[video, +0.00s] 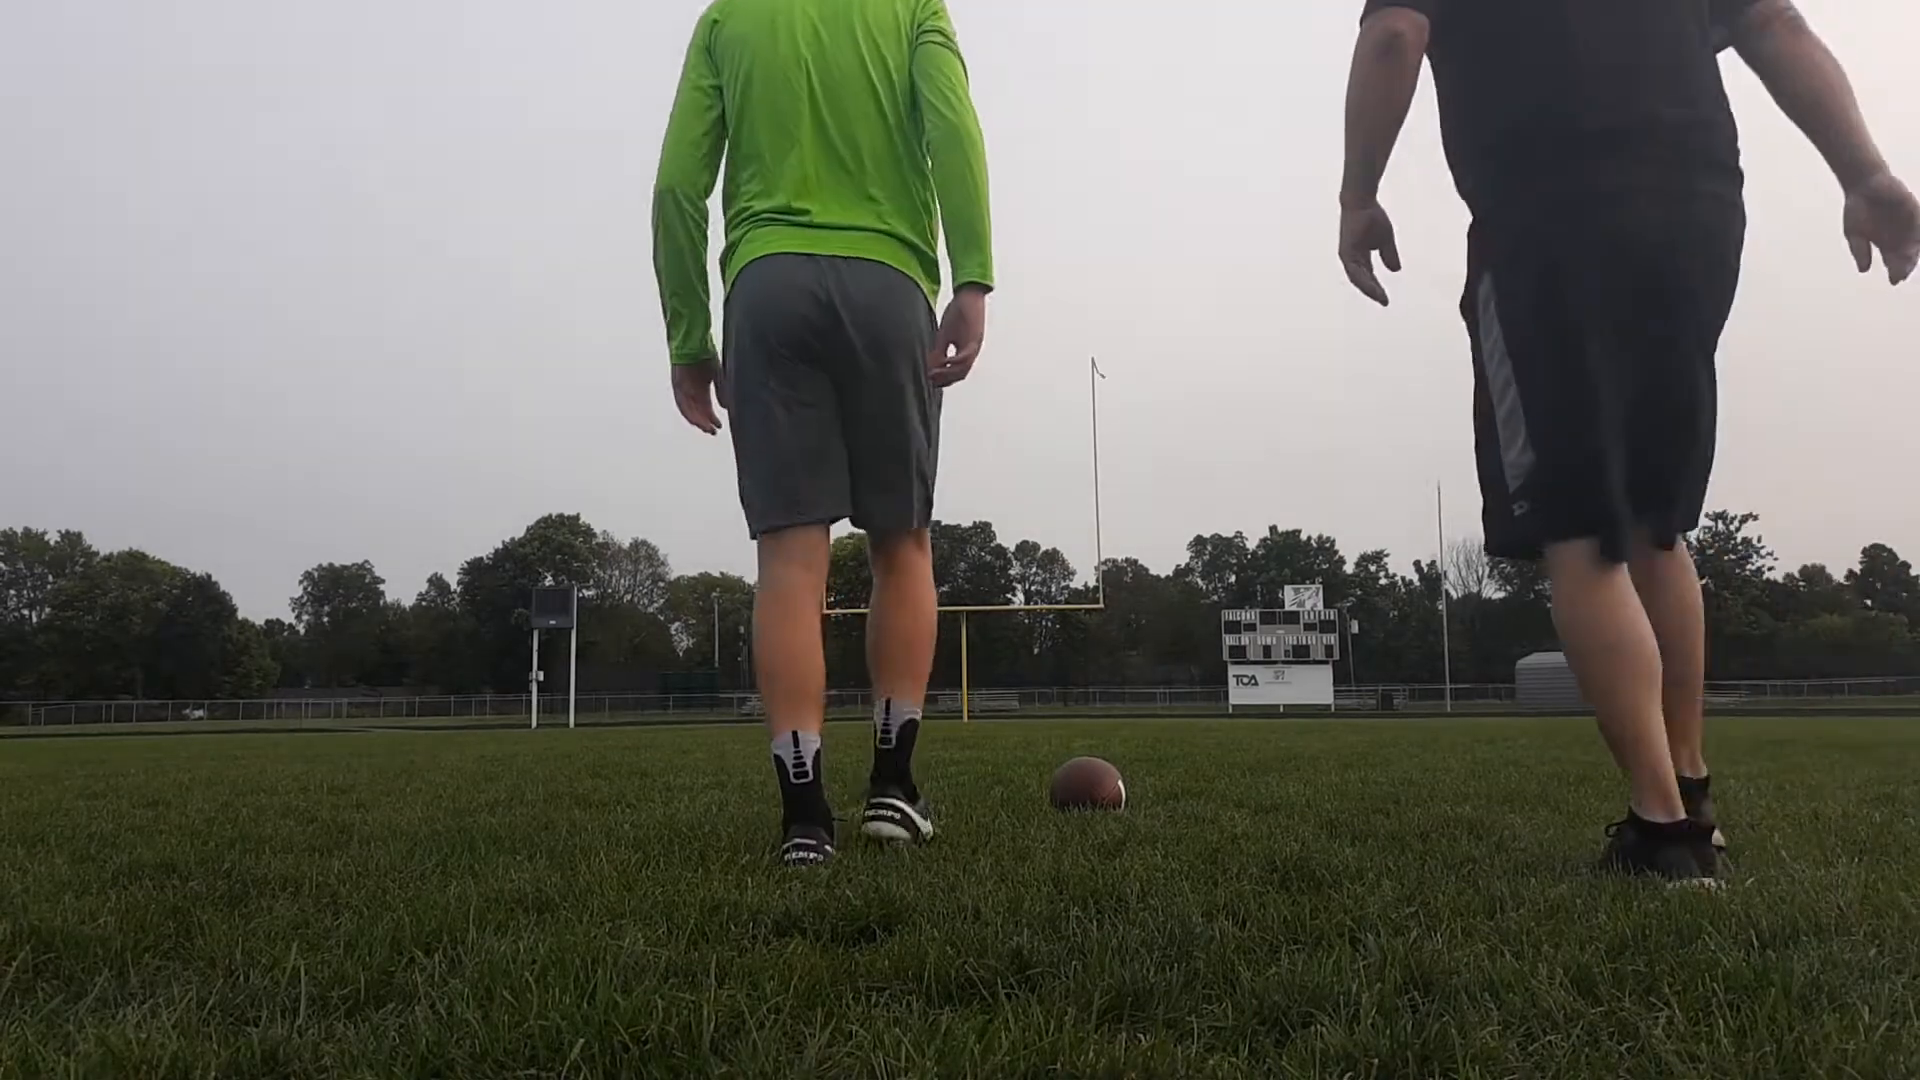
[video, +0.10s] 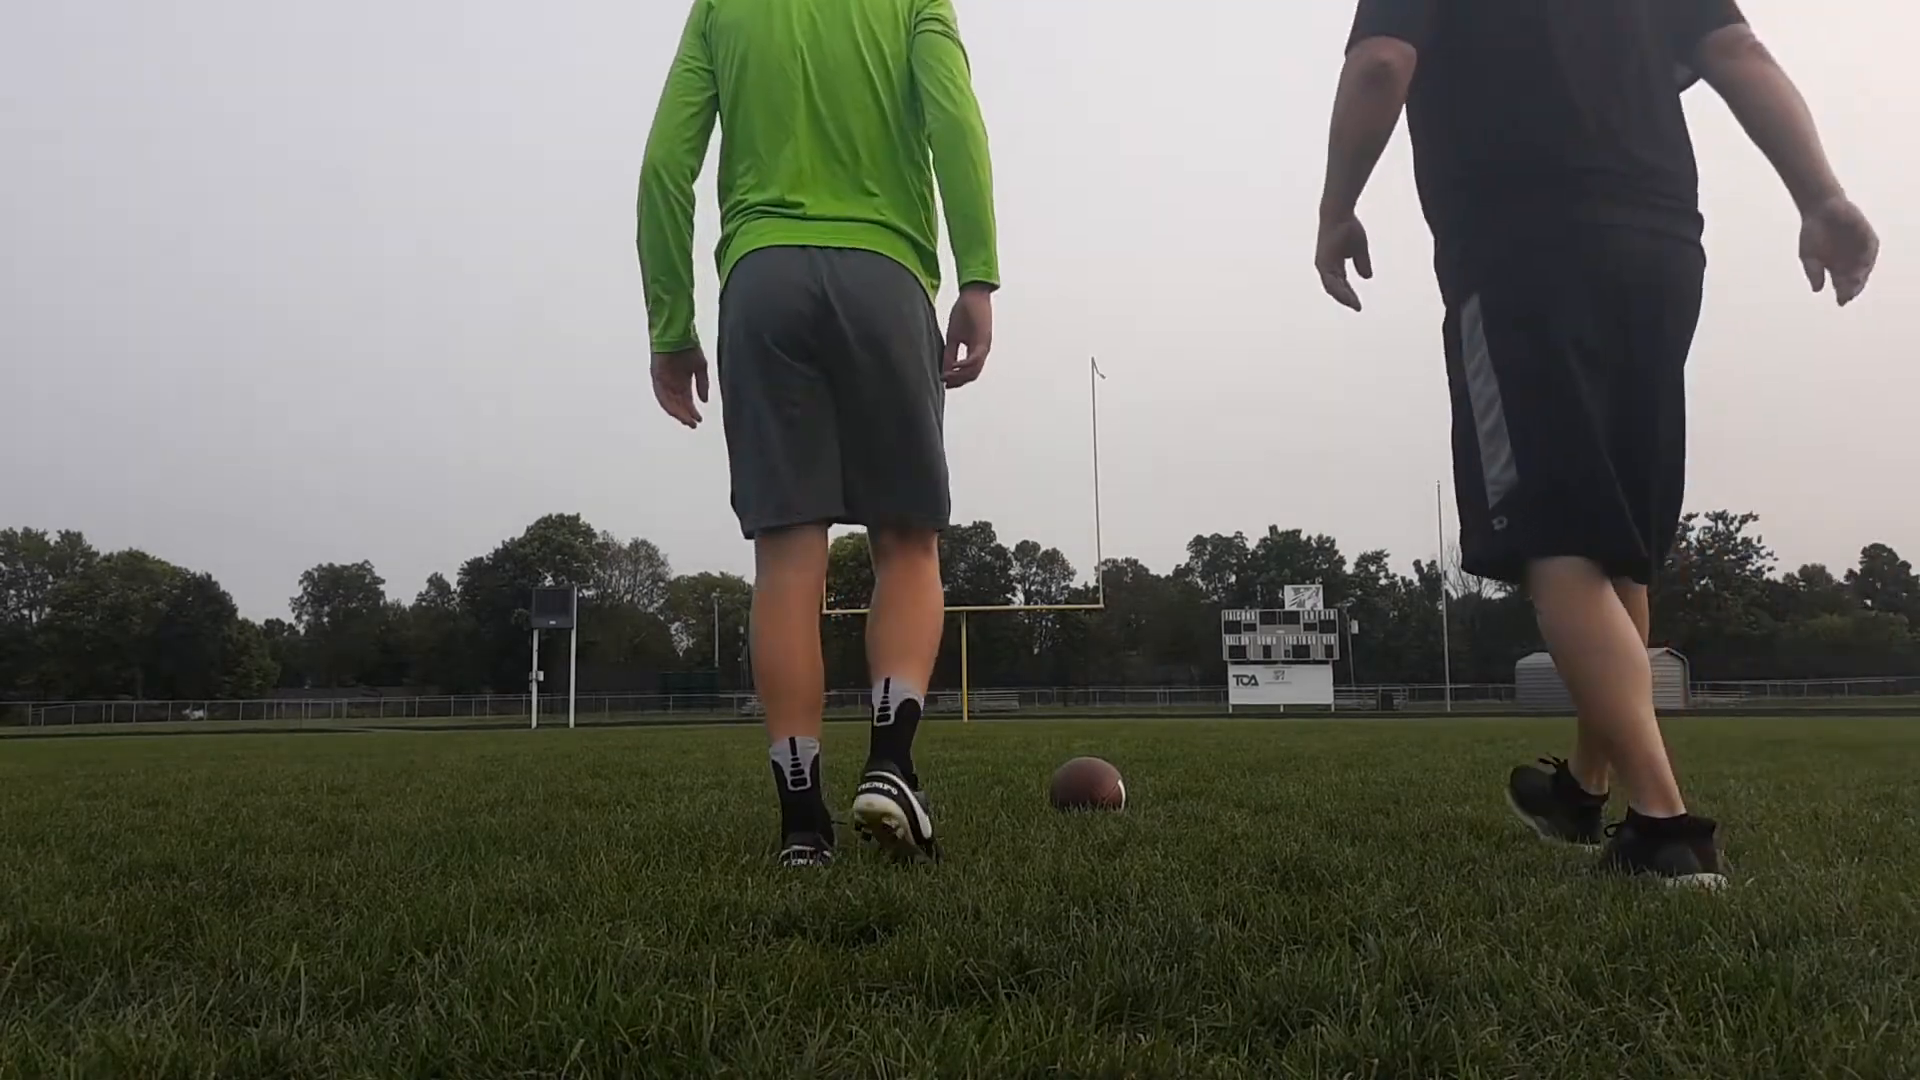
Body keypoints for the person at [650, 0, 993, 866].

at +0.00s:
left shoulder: (726, 16)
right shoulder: (915, 11)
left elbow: (676, 184)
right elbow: (952, 122)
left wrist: (688, 339)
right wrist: (972, 281)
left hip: (768, 282)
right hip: (884, 281)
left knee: (790, 553)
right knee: (902, 541)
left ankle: (804, 819)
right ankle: (892, 789)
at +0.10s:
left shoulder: (718, 10)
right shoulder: (917, 7)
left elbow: (665, 164)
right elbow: (952, 113)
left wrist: (669, 327)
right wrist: (977, 279)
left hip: (761, 278)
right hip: (880, 277)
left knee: (787, 555)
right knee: (908, 537)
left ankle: (802, 826)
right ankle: (890, 763)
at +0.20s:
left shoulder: (714, 7)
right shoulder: (921, 6)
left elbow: (654, 137)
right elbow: (959, 107)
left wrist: (658, 310)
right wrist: (985, 276)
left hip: (759, 270)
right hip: (879, 268)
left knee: (787, 548)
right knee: (907, 536)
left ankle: (803, 825)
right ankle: (884, 731)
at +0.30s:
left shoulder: (710, 2)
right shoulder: (929, 4)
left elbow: (647, 105)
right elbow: (974, 99)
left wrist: (653, 285)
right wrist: (998, 271)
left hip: (756, 253)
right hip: (882, 247)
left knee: (786, 547)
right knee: (906, 534)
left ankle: (803, 826)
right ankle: (892, 730)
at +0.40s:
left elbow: (643, 85)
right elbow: (995, 92)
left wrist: (648, 273)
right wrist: (1019, 266)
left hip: (754, 236)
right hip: (886, 226)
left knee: (785, 551)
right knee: (900, 526)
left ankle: (802, 830)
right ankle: (904, 799)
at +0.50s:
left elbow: (637, 60)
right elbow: (1027, 83)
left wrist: (639, 260)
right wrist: (1038, 262)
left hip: (755, 225)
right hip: (894, 214)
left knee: (788, 555)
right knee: (898, 536)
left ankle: (802, 829)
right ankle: (884, 853)